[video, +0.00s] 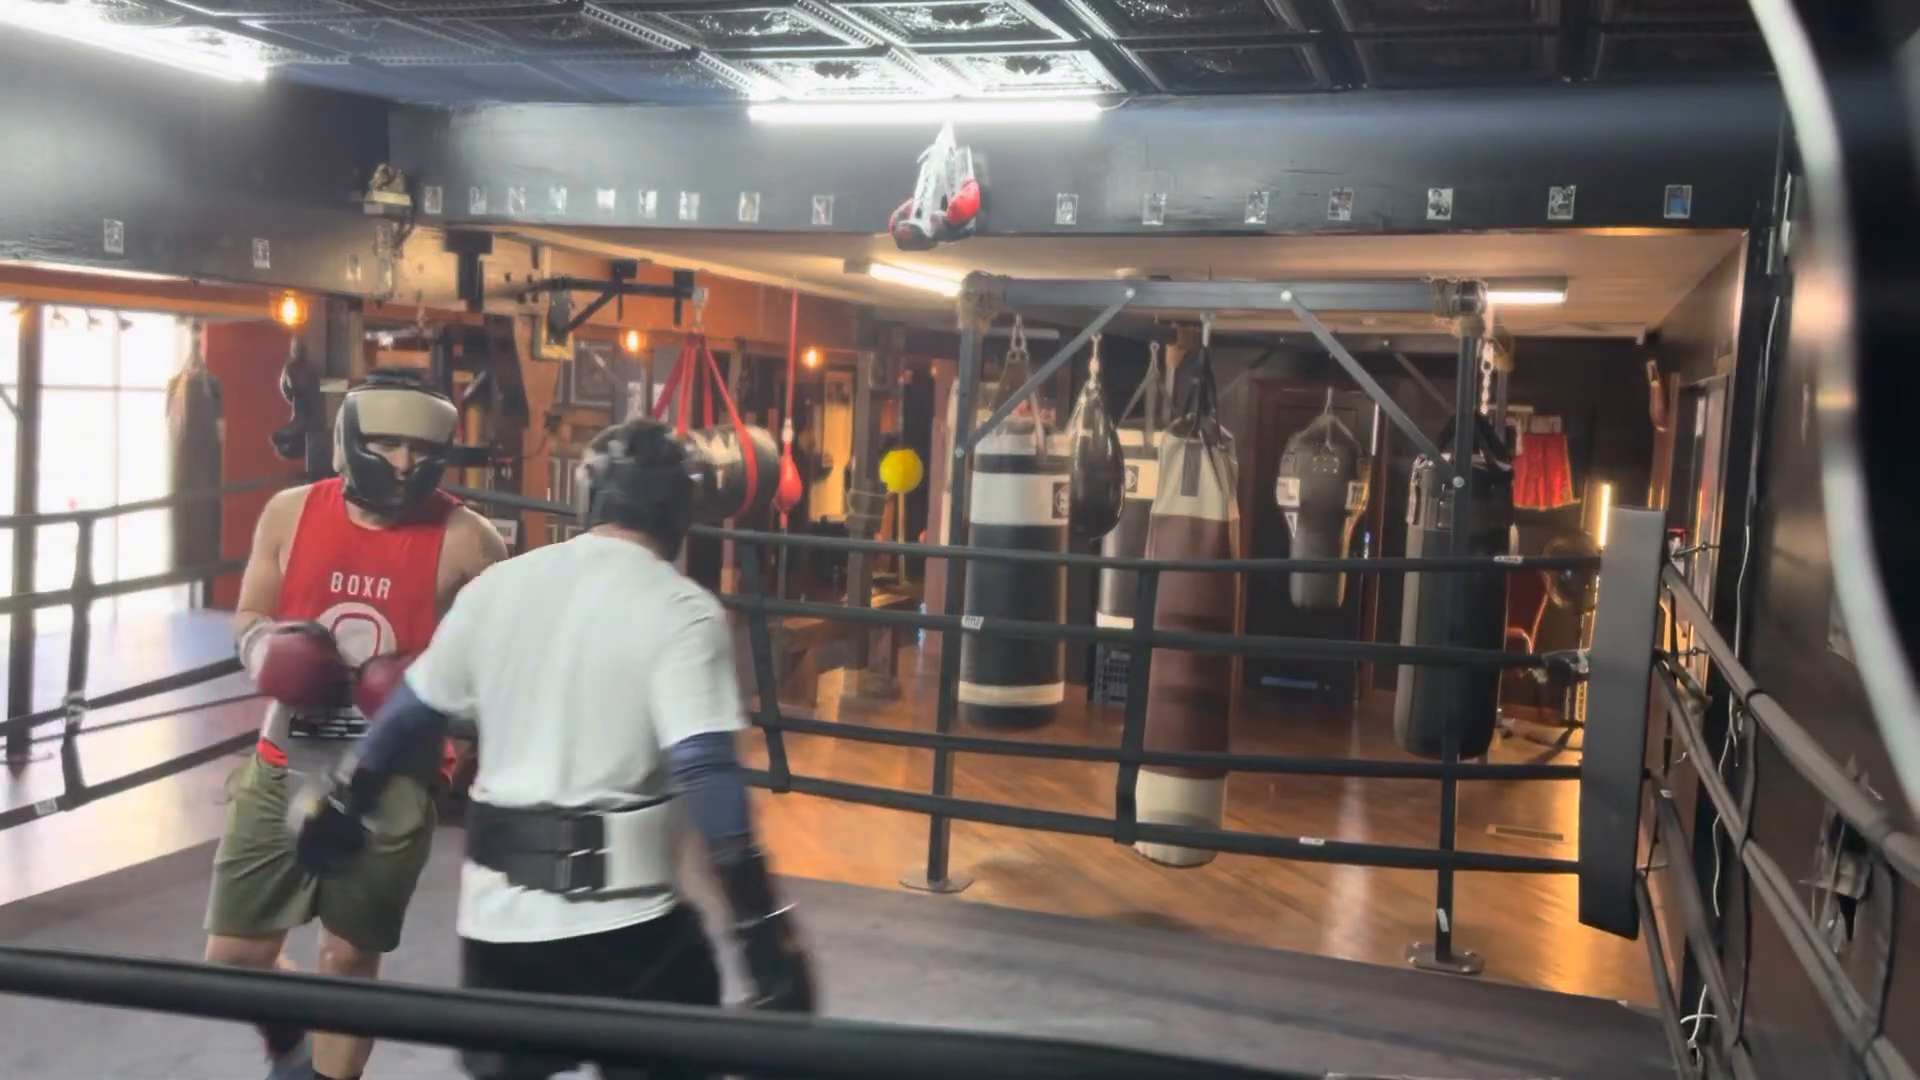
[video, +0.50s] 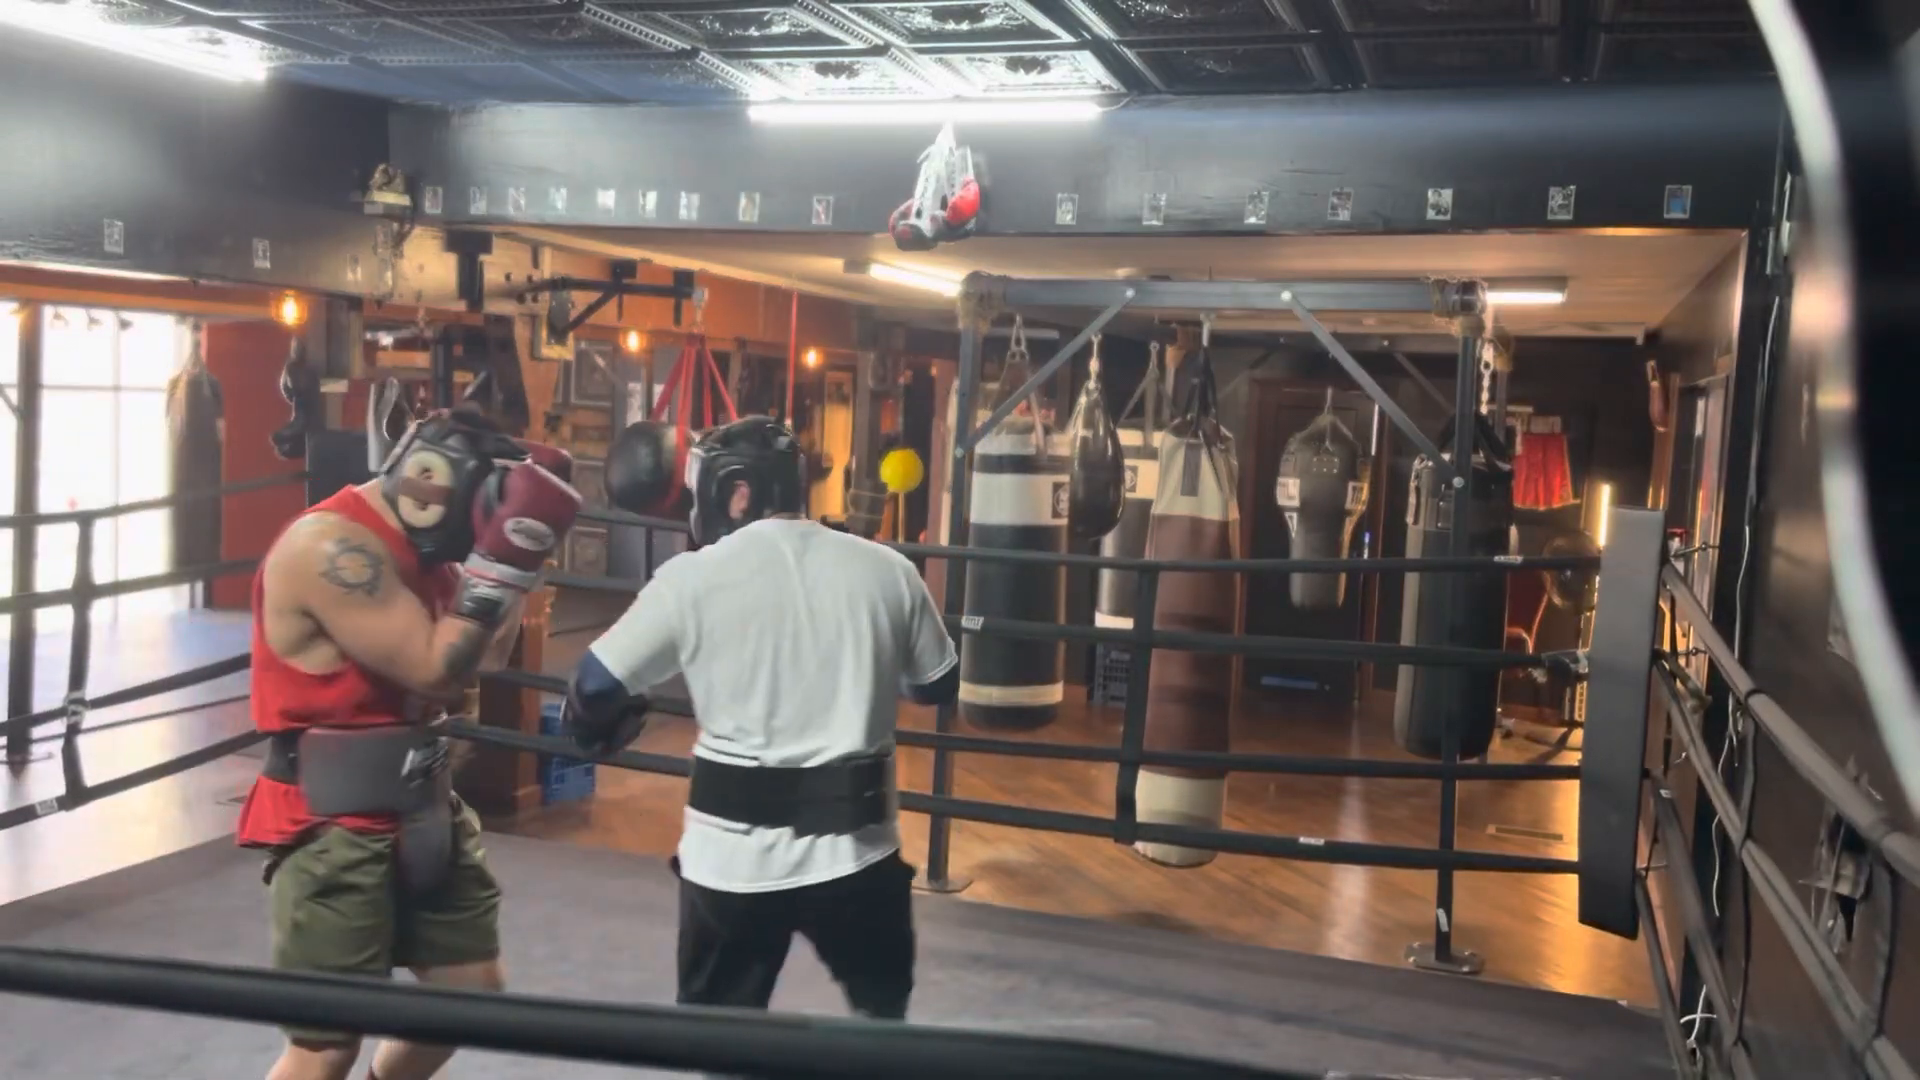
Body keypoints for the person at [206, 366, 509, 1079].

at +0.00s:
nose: (406, 466)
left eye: (424, 452)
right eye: (389, 448)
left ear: (441, 457)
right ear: (351, 446)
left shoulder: (467, 540)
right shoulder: (290, 513)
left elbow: (499, 665)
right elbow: (251, 624)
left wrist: (420, 687)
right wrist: (273, 650)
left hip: (390, 775)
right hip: (281, 763)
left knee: (344, 964)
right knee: (232, 958)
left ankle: (333, 1071)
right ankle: (295, 1040)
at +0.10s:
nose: (430, 482)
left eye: (443, 465)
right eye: (411, 463)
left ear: (455, 464)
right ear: (363, 456)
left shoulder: (474, 536)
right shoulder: (279, 515)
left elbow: (520, 658)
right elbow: (218, 639)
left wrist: (498, 617)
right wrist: (299, 619)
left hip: (400, 784)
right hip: (281, 772)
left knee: (351, 971)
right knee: (250, 978)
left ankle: (339, 1073)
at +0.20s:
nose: (440, 495)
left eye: (451, 479)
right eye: (424, 478)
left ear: (462, 468)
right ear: (374, 461)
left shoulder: (460, 537)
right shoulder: (277, 520)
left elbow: (514, 654)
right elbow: (229, 659)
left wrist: (524, 580)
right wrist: (328, 602)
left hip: (407, 795)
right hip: (288, 793)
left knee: (356, 988)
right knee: (257, 1007)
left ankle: (340, 1075)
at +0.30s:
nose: (428, 505)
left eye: (440, 490)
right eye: (420, 487)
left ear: (450, 489)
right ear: (376, 469)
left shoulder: (430, 542)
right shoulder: (280, 538)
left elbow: (485, 658)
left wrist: (512, 550)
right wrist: (412, 554)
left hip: (414, 816)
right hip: (306, 821)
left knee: (369, 1024)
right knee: (286, 1035)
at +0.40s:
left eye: (448, 485)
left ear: (451, 496)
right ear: (387, 469)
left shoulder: (423, 547)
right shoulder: (295, 548)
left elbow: (476, 659)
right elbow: (399, 665)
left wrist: (502, 552)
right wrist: (462, 555)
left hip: (418, 811)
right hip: (315, 824)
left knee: (419, 1016)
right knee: (311, 1039)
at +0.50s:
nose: (444, 508)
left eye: (462, 496)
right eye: (430, 479)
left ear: (480, 498)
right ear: (405, 466)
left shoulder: (433, 542)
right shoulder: (324, 548)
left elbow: (461, 678)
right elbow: (436, 669)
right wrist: (500, 566)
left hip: (426, 807)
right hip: (333, 824)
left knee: (467, 994)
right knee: (324, 1047)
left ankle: (383, 1073)